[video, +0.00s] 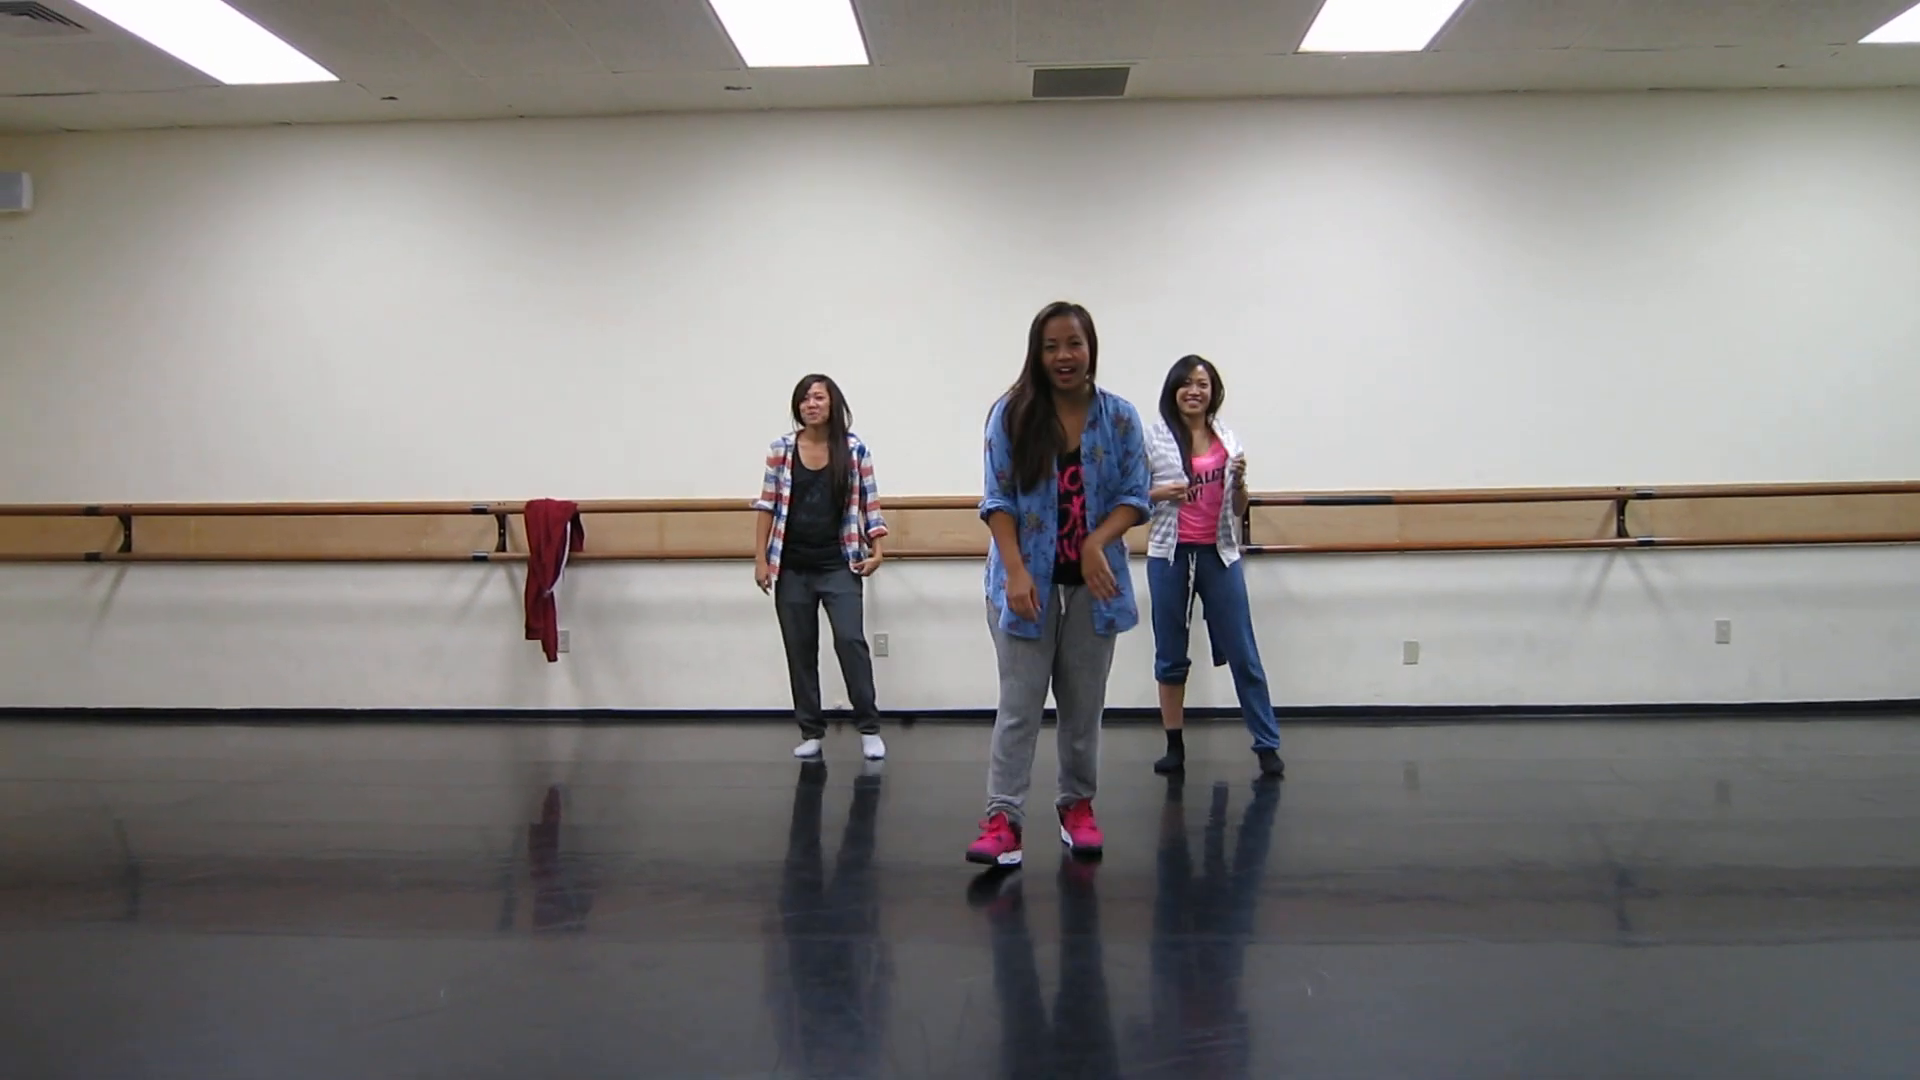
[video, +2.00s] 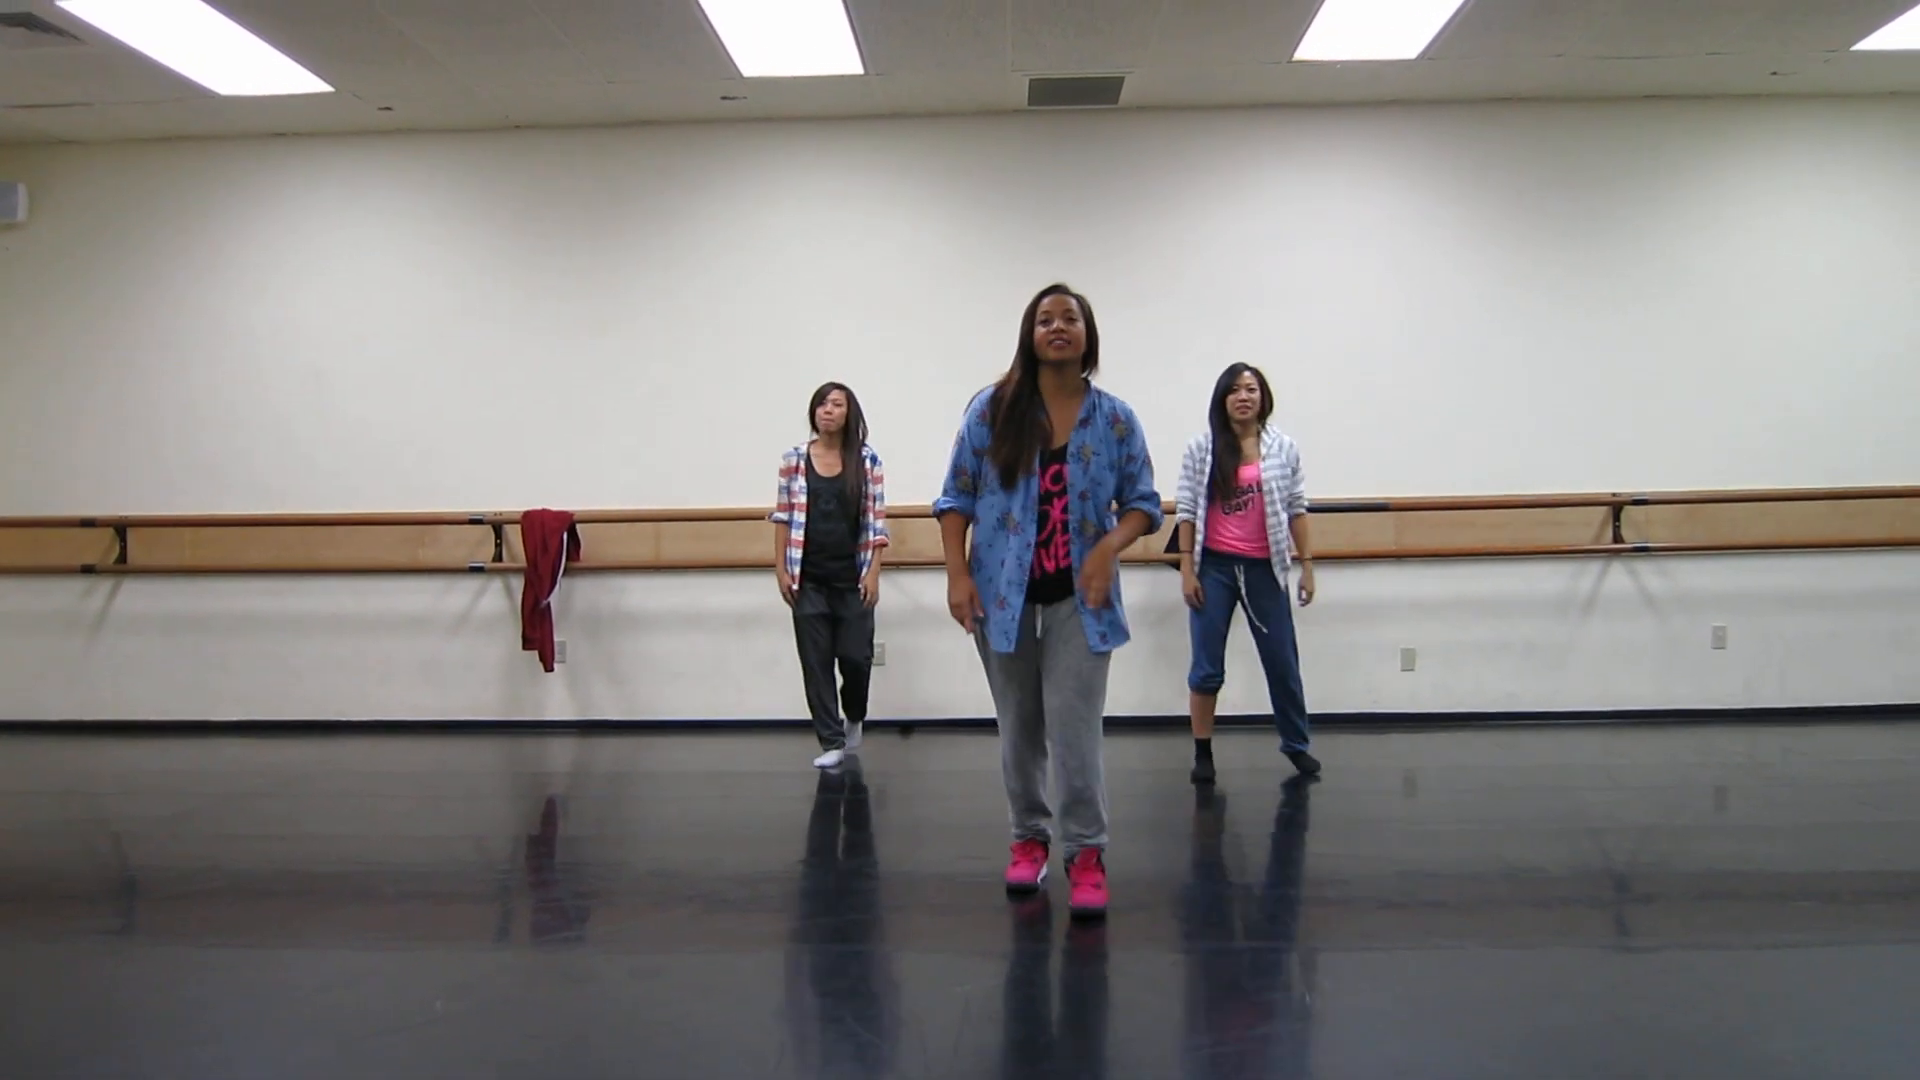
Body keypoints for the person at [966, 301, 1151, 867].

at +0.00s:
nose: (1066, 356)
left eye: (1076, 344)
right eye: (1053, 346)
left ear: (1092, 348)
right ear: (1037, 354)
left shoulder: (1120, 416)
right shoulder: (1011, 414)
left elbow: (1136, 499)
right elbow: (997, 501)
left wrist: (1095, 540)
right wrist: (1014, 569)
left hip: (1092, 588)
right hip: (1025, 585)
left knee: (1083, 707)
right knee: (1019, 707)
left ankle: (1078, 807)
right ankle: (1003, 817)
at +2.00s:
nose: (1058, 326)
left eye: (1070, 318)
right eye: (1046, 318)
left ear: (1088, 333)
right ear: (1028, 335)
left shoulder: (1114, 417)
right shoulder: (992, 409)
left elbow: (1142, 506)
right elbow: (955, 499)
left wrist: (1108, 549)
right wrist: (959, 573)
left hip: (1078, 600)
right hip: (1004, 601)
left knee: (1074, 727)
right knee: (1019, 729)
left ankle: (1085, 854)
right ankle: (1029, 839)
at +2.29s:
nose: (1074, 315)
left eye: (1084, 306)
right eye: (1061, 308)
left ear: (1104, 324)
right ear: (1043, 327)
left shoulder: (1134, 408)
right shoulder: (1007, 397)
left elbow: (1184, 470)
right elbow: (938, 462)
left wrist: (1175, 497)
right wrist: (942, 520)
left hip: (1096, 597)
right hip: (1017, 596)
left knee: (1076, 734)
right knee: (1020, 731)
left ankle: (1086, 859)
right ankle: (1011, 800)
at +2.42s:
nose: (1068, 329)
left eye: (1078, 321)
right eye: (1055, 324)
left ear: (1097, 339)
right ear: (1038, 344)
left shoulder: (1130, 420)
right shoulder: (1003, 413)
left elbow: (1193, 485)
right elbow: (941, 473)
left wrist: (1205, 422)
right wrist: (931, 427)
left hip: (1098, 612)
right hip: (1021, 612)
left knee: (1087, 746)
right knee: (1017, 749)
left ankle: (1083, 863)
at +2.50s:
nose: (1059, 321)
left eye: (1070, 312)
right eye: (1046, 315)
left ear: (1090, 330)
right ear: (1028, 335)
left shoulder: (1119, 408)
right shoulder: (996, 405)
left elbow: (1171, 481)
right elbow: (945, 476)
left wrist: (1228, 434)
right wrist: (910, 411)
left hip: (1096, 601)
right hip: (1017, 603)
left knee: (1090, 741)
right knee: (1032, 732)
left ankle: (1088, 863)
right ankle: (996, 725)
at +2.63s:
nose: (1050, 335)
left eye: (1061, 325)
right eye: (1036, 329)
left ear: (1081, 341)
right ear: (1016, 348)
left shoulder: (1102, 409)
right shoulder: (990, 403)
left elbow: (1128, 464)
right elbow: (980, 436)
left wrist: (1092, 460)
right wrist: (1005, 406)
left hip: (1087, 597)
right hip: (1010, 600)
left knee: (1086, 740)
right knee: (1033, 733)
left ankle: (1091, 863)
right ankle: (1047, 873)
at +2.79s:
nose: (1013, 333)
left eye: (1026, 322)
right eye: (1001, 324)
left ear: (1050, 335)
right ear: (986, 339)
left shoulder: (1070, 404)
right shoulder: (964, 404)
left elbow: (1128, 421)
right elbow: (892, 426)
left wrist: (1060, 376)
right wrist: (956, 372)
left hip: (1063, 597)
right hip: (985, 599)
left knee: (1068, 741)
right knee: (987, 738)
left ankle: (1084, 866)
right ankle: (992, 871)